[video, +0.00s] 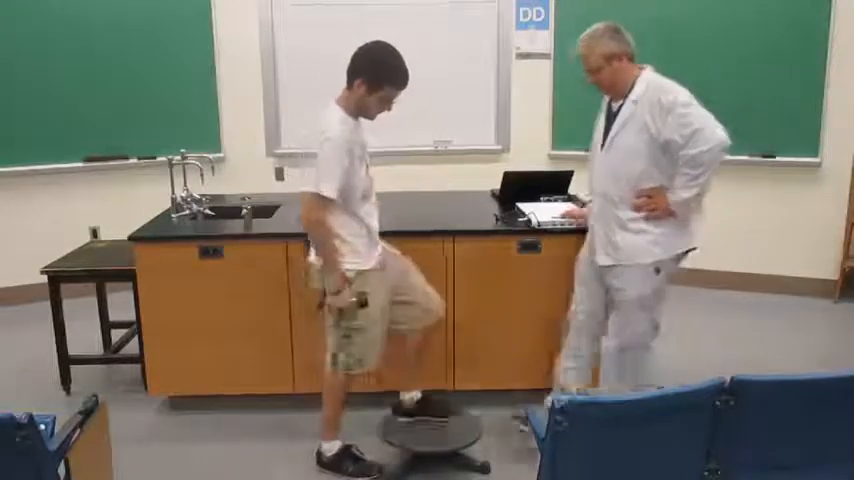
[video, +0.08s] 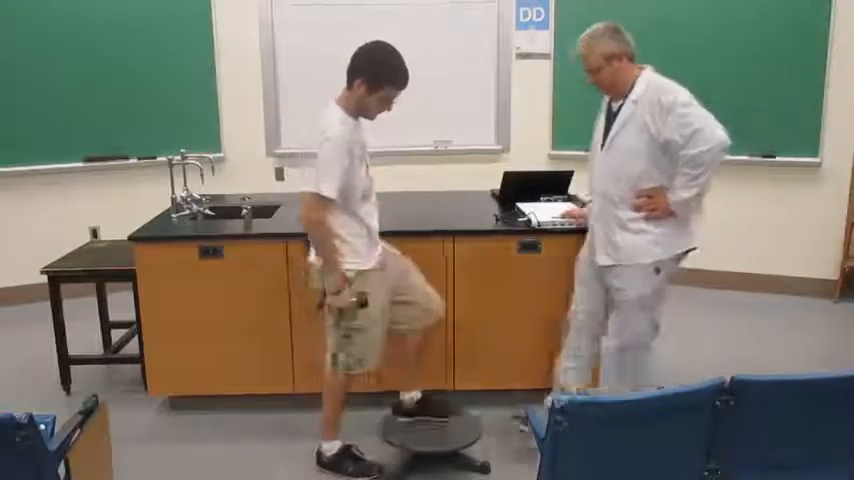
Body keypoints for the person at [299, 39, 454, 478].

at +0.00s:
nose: (390, 107)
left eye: (394, 98)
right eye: (387, 98)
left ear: (361, 87)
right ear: (360, 85)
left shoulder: (352, 124)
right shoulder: (337, 133)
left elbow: (347, 206)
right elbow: (312, 213)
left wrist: (375, 248)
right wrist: (336, 272)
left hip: (373, 255)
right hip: (346, 265)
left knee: (426, 311)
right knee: (343, 359)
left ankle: (409, 399)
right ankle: (330, 446)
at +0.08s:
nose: (390, 107)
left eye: (394, 98)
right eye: (387, 98)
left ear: (361, 87)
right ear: (360, 85)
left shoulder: (351, 124)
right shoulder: (337, 133)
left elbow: (347, 206)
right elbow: (312, 213)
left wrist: (375, 248)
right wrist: (336, 272)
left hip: (372, 254)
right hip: (347, 265)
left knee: (426, 311)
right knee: (343, 359)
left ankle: (409, 399)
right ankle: (330, 446)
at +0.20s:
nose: (405, 106)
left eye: (409, 98)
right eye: (403, 96)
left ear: (377, 85)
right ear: (376, 83)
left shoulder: (366, 123)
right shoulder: (346, 132)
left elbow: (361, 204)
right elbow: (326, 212)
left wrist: (385, 251)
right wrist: (341, 276)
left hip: (382, 254)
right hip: (354, 266)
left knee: (430, 314)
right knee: (349, 360)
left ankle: (413, 401)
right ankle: (332, 445)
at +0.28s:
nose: (405, 106)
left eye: (409, 98)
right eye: (403, 96)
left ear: (377, 85)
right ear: (376, 83)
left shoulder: (366, 123)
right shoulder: (346, 132)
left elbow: (361, 203)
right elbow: (326, 212)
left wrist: (384, 251)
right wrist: (341, 277)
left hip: (382, 254)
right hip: (354, 266)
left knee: (430, 314)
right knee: (350, 361)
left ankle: (413, 401)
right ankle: (331, 446)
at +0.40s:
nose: (409, 109)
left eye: (413, 101)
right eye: (407, 99)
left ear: (384, 86)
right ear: (382, 84)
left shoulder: (369, 126)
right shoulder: (350, 132)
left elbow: (363, 205)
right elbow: (329, 210)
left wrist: (385, 252)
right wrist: (346, 276)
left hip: (386, 257)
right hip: (357, 269)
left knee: (436, 317)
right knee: (348, 362)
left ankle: (415, 401)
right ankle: (330, 446)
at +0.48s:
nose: (409, 109)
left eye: (413, 101)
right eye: (407, 99)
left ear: (384, 86)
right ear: (382, 84)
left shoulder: (369, 126)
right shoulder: (350, 132)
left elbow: (363, 205)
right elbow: (328, 210)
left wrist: (385, 252)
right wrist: (346, 276)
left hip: (386, 257)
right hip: (357, 269)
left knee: (436, 317)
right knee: (348, 362)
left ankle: (415, 401)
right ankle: (330, 446)